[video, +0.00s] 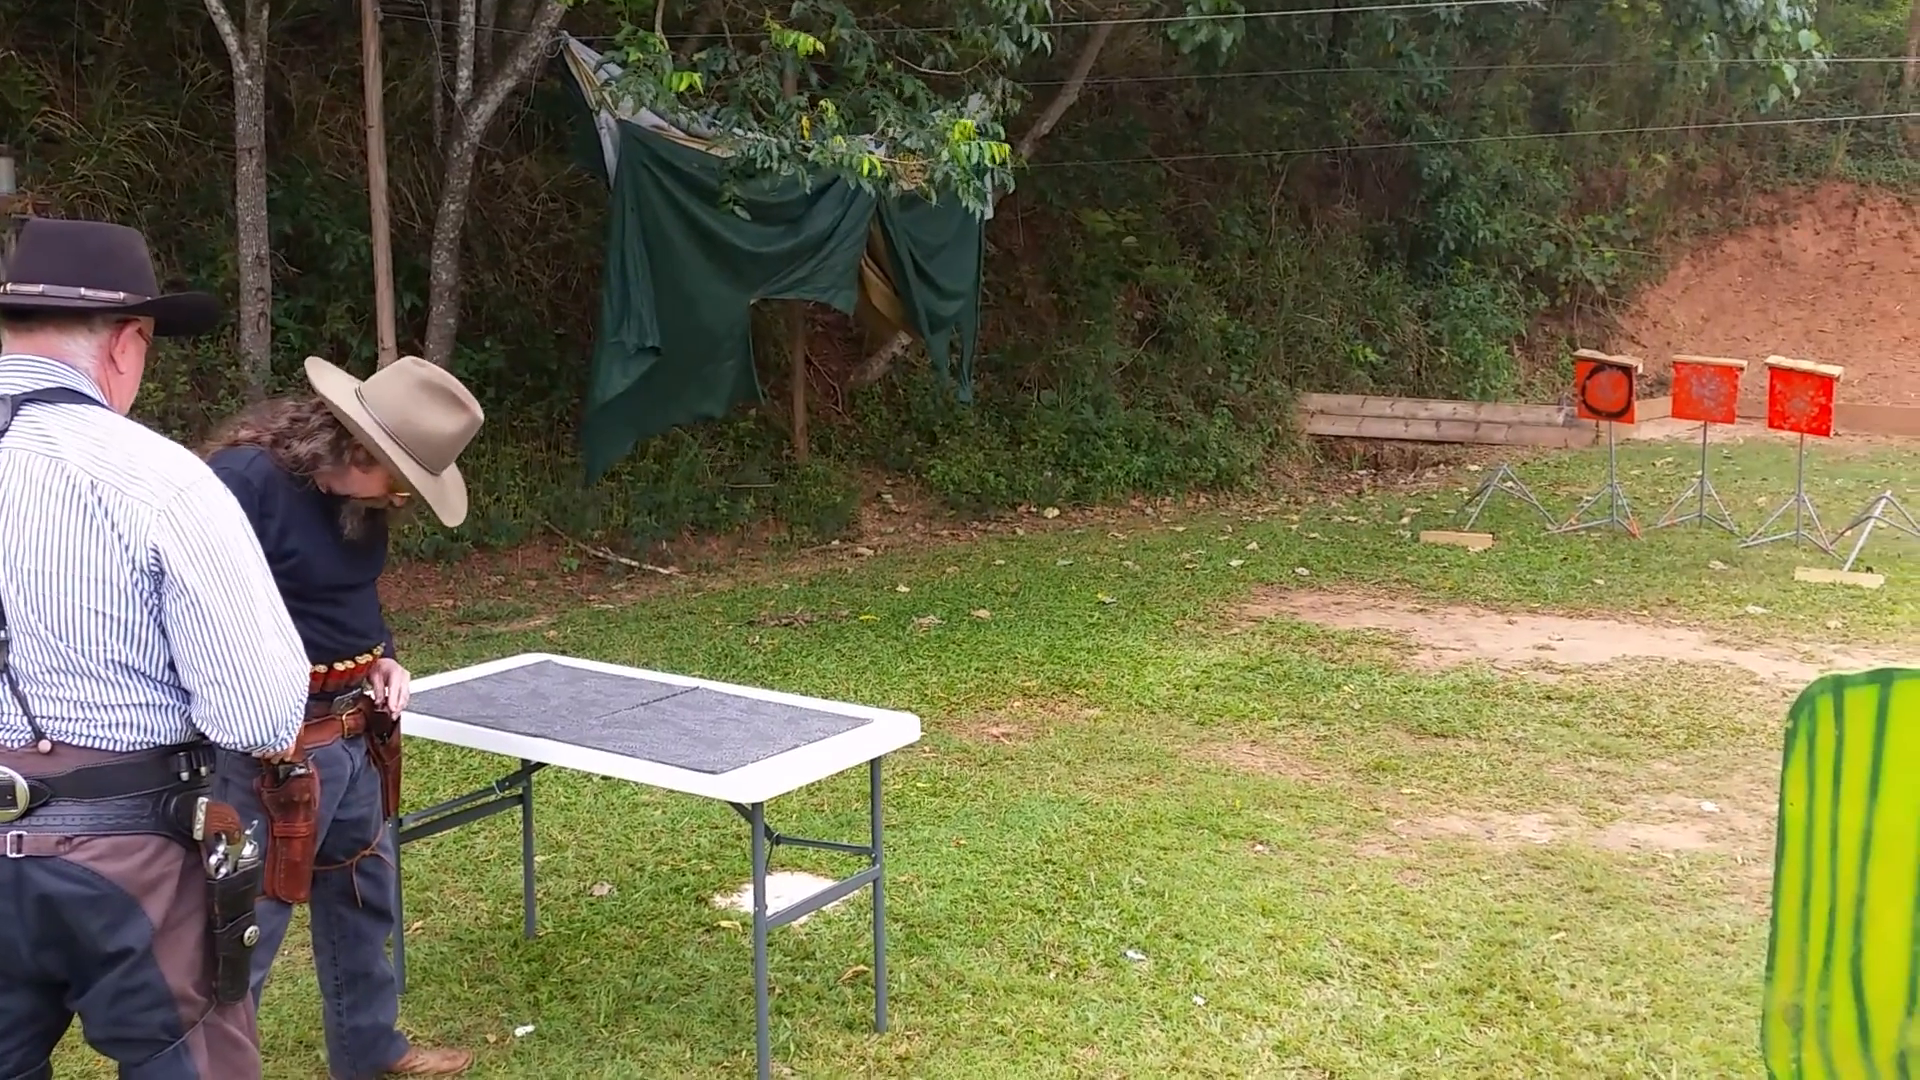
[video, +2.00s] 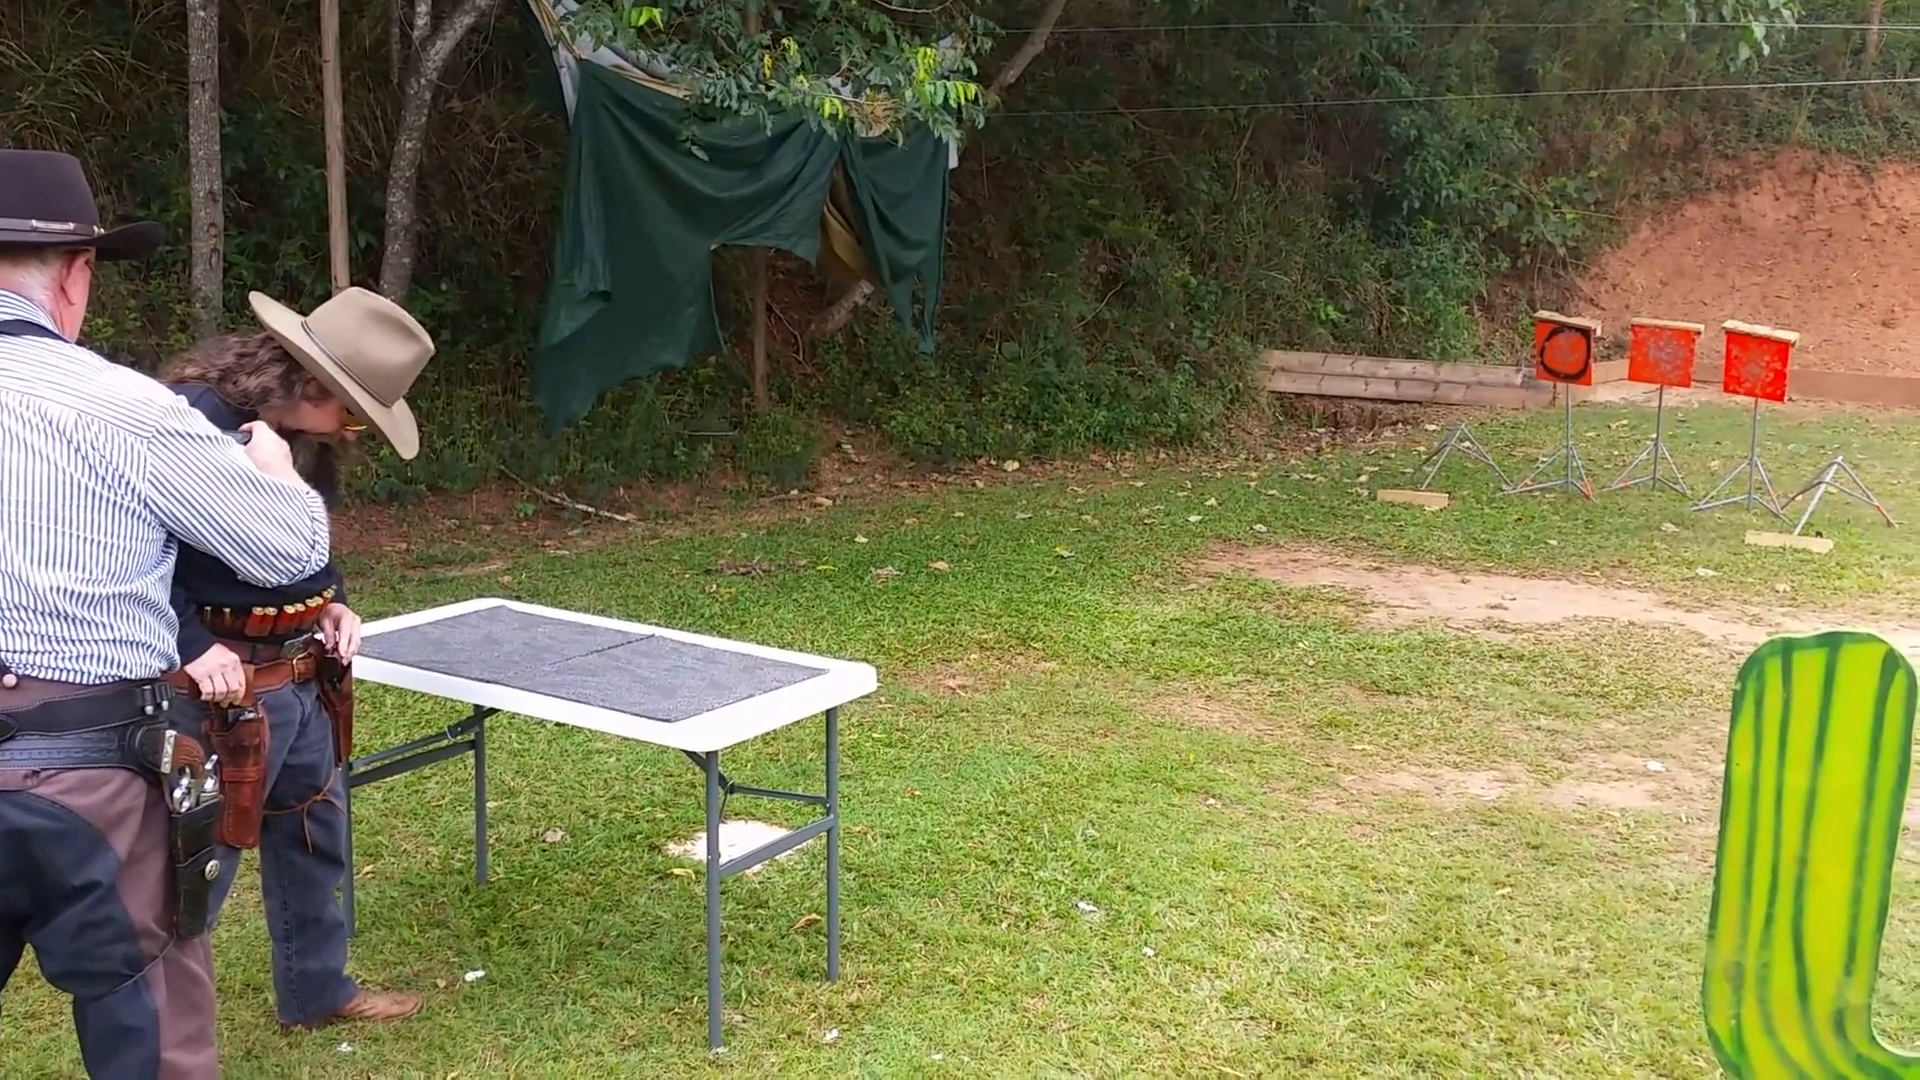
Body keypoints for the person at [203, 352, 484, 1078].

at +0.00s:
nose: (399, 499)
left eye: (408, 488)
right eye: (400, 484)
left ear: (377, 462)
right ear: (369, 454)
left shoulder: (356, 507)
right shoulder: (246, 480)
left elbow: (353, 599)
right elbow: (192, 609)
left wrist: (382, 657)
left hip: (347, 744)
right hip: (261, 753)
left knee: (362, 910)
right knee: (245, 931)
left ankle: (371, 1051)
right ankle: (213, 1059)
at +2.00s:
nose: (350, 432)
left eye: (358, 421)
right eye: (352, 416)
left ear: (324, 395)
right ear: (320, 390)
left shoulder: (297, 445)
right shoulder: (189, 425)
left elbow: (289, 548)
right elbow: (141, 556)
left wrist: (325, 605)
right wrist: (192, 643)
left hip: (296, 681)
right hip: (215, 694)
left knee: (313, 839)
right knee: (197, 870)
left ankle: (316, 992)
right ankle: (159, 1017)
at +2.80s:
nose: (322, 378)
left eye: (324, 362)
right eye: (318, 360)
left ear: (245, 341)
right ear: (282, 357)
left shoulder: (222, 408)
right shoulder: (212, 412)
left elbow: (236, 524)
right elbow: (263, 553)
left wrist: (297, 562)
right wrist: (303, 623)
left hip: (254, 666)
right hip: (197, 673)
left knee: (287, 825)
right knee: (175, 859)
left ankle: (291, 986)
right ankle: (131, 1006)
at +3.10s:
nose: (290, 332)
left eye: (289, 318)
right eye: (283, 319)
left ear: (207, 322)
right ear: (254, 324)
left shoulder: (178, 383)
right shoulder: (221, 388)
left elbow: (200, 493)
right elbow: (250, 510)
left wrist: (287, 481)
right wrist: (322, 501)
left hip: (226, 657)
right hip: (190, 663)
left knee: (271, 821)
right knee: (182, 855)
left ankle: (284, 981)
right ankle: (120, 1007)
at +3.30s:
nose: (276, 326)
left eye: (272, 312)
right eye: (267, 314)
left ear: (191, 321)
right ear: (235, 324)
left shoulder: (152, 386)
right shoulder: (231, 404)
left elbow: (264, 441)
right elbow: (340, 478)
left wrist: (353, 416)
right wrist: (398, 444)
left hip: (179, 643)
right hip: (202, 656)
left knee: (268, 811)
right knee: (189, 849)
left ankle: (278, 978)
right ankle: (116, 1010)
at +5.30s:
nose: (280, 338)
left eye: (277, 324)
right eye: (272, 324)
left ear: (196, 324)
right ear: (237, 327)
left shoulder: (146, 381)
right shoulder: (223, 397)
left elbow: (299, 388)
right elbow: (333, 413)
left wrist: (401, 358)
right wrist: (426, 384)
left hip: (128, 643)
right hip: (168, 654)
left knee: (236, 814)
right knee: (149, 857)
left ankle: (245, 982)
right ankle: (74, 1016)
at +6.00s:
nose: (278, 342)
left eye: (275, 327)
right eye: (269, 327)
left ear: (194, 328)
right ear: (233, 330)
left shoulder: (145, 385)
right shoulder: (217, 400)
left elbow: (302, 390)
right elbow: (334, 413)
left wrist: (401, 360)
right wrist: (423, 384)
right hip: (152, 670)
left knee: (230, 822)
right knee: (141, 871)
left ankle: (242, 986)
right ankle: (65, 1028)